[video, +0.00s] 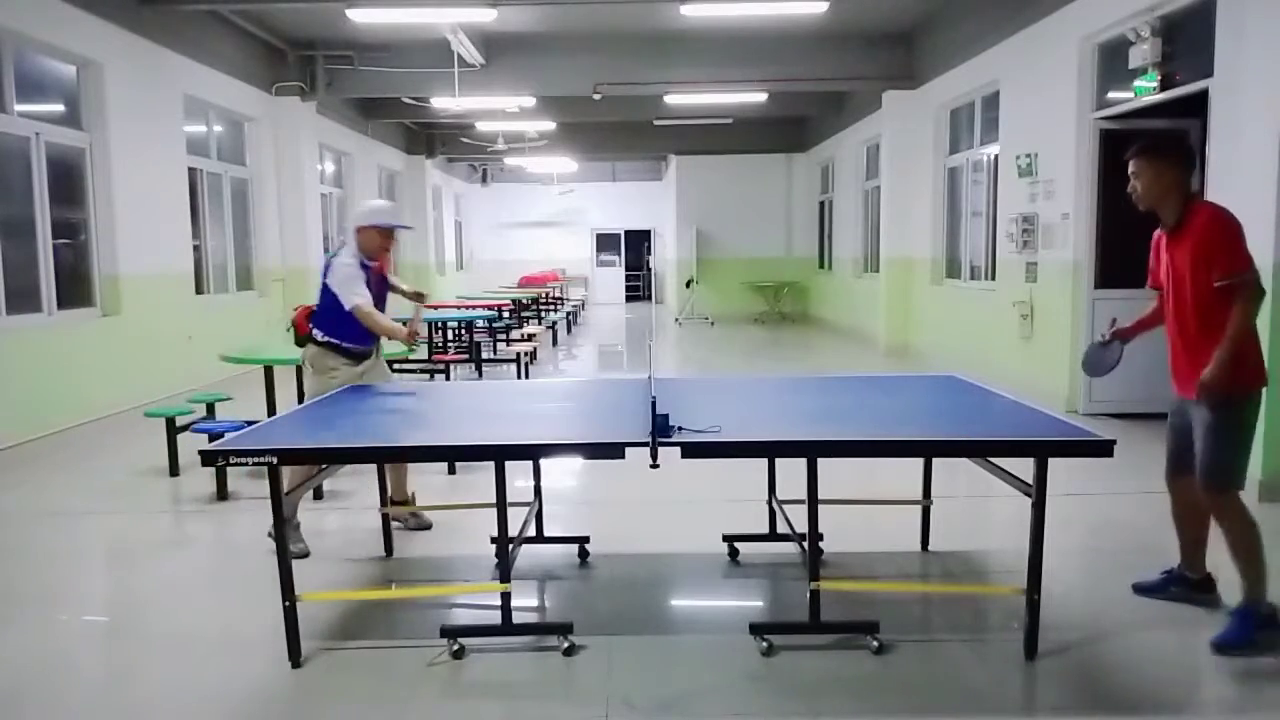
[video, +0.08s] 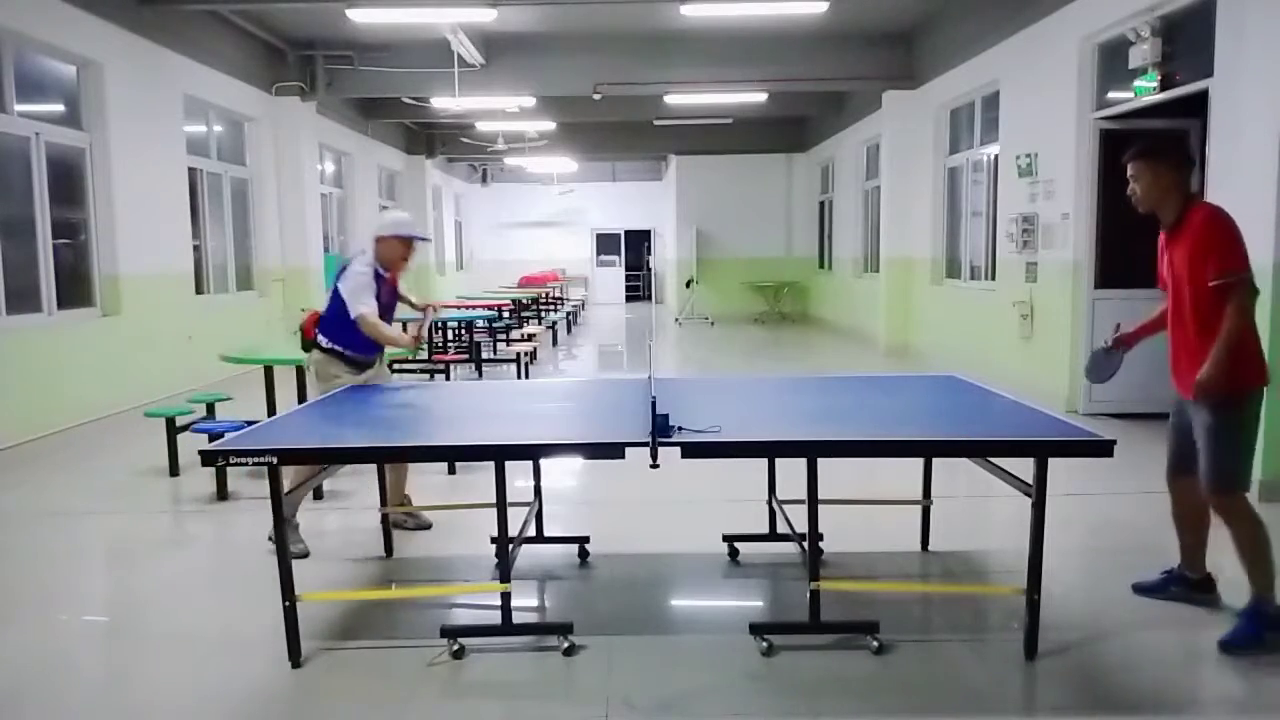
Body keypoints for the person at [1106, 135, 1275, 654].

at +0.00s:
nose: (1130, 187)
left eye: (1137, 176)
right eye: (1129, 178)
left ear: (1170, 174)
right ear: (1150, 181)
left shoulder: (1214, 225)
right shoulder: (1161, 238)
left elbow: (1250, 294)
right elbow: (1168, 303)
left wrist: (1220, 362)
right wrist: (1130, 329)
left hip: (1229, 383)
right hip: (1188, 382)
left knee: (1217, 488)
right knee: (1181, 478)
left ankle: (1259, 604)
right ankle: (1192, 575)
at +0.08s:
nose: (1129, 190)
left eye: (1136, 179)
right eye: (1128, 181)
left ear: (1169, 175)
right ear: (1152, 182)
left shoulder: (1211, 224)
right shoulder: (1168, 235)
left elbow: (1242, 298)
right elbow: (1180, 306)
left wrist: (1215, 364)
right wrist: (1134, 334)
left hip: (1229, 385)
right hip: (1190, 384)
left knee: (1225, 493)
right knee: (1183, 479)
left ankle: (1266, 605)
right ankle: (1192, 575)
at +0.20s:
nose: (1131, 196)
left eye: (1136, 184)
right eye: (1128, 186)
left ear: (1167, 177)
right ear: (1157, 184)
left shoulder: (1206, 223)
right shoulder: (1178, 234)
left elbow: (1233, 297)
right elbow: (1196, 305)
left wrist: (1208, 366)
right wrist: (1154, 337)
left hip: (1235, 386)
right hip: (1201, 385)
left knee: (1228, 495)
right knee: (1185, 477)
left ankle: (1271, 604)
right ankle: (1192, 574)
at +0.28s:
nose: (1136, 203)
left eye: (1140, 190)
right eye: (1133, 193)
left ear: (1170, 179)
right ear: (1170, 182)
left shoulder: (1208, 225)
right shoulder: (1191, 231)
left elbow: (1228, 299)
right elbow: (1213, 302)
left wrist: (1201, 374)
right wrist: (1186, 343)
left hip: (1240, 384)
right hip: (1212, 383)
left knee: (1222, 496)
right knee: (1186, 477)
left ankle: (1277, 607)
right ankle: (1192, 574)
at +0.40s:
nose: (1151, 211)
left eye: (1152, 199)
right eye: (1147, 201)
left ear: (1178, 184)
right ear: (1189, 184)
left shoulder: (1206, 227)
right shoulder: (1236, 224)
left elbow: (1222, 303)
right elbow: (1253, 307)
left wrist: (1195, 373)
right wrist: (1212, 375)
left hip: (1245, 387)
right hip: (1239, 383)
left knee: (1225, 499)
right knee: (1201, 483)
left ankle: (1278, 611)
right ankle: (1191, 573)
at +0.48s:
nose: (1161, 214)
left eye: (1160, 201)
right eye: (1157, 204)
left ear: (1183, 183)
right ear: (1199, 181)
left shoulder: (1208, 227)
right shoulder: (1255, 223)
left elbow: (1218, 307)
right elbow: (1256, 308)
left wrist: (1195, 377)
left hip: (1249, 389)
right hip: (1258, 385)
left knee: (1232, 502)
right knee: (1217, 486)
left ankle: (1278, 612)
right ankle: (1206, 576)